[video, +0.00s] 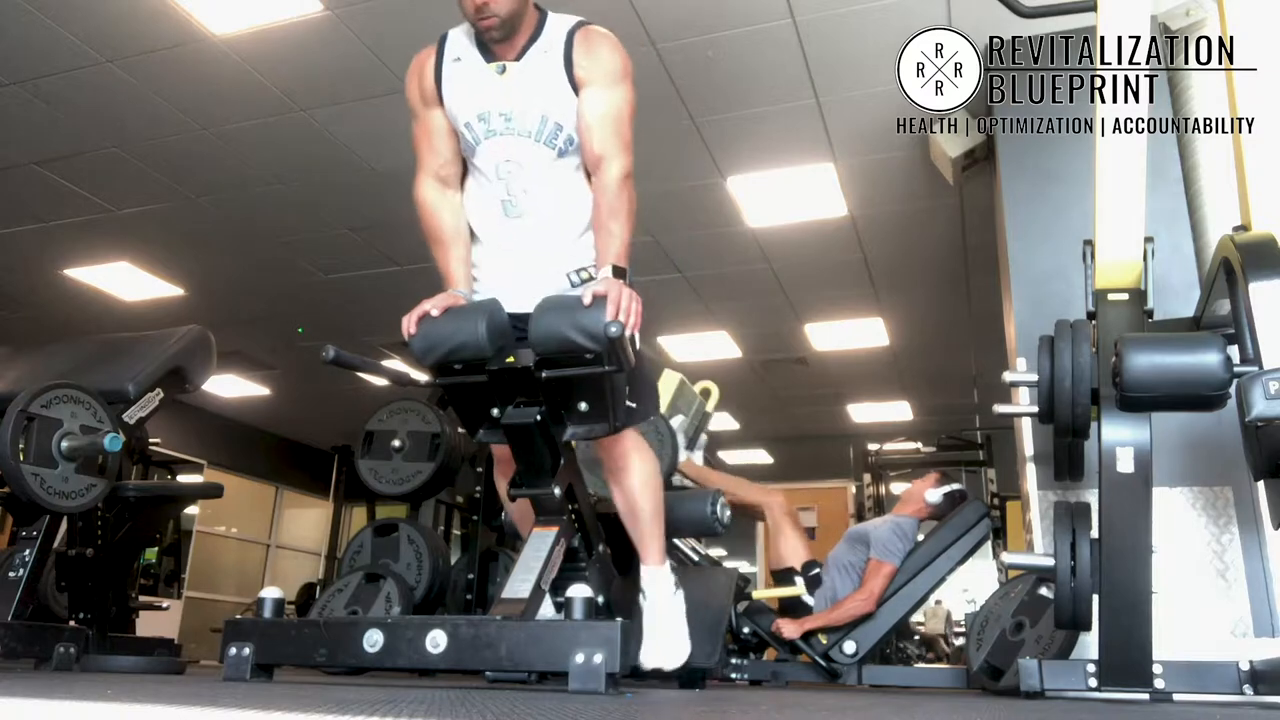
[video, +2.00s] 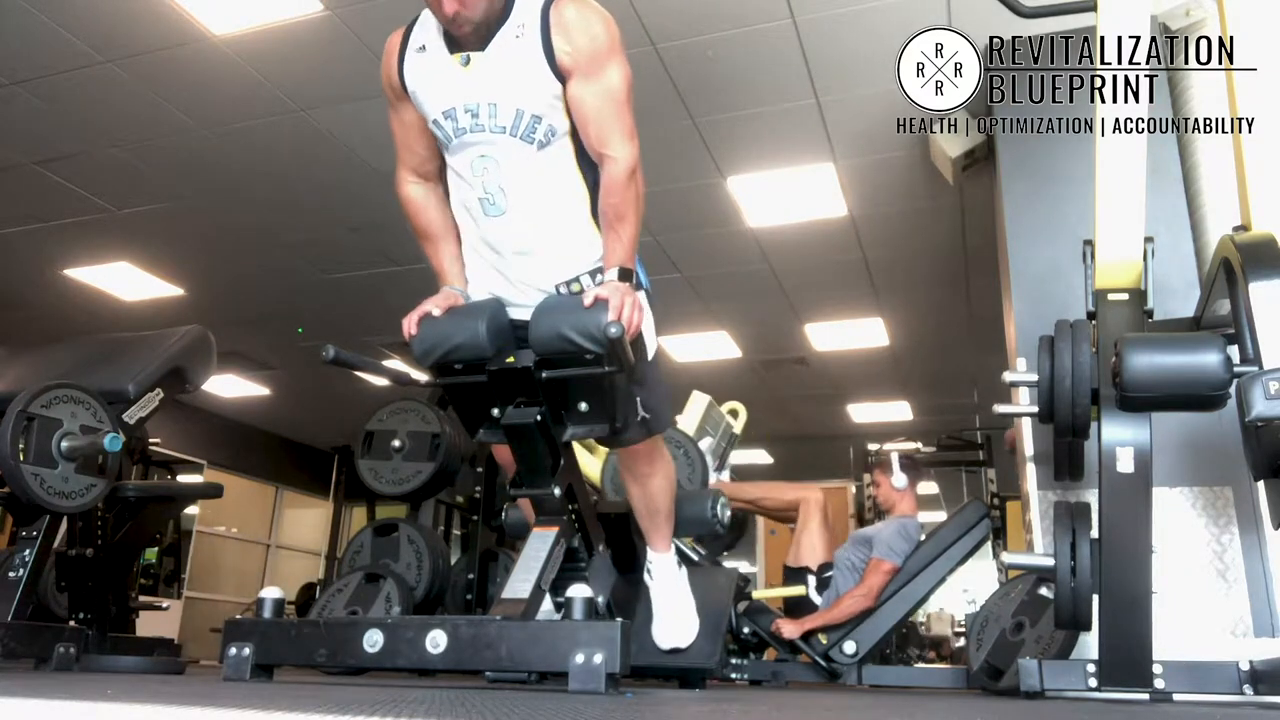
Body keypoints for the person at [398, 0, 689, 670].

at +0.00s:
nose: (480, 5)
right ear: (458, 1)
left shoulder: (591, 50)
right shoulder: (433, 68)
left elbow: (610, 166)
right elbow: (438, 180)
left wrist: (612, 270)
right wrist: (456, 283)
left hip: (582, 281)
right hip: (490, 292)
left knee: (615, 421)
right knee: (501, 439)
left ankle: (657, 583)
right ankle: (543, 551)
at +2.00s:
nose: (447, 5)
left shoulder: (573, 23)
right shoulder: (406, 52)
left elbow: (618, 158)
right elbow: (418, 176)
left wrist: (618, 274)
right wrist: (451, 283)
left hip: (587, 282)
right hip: (489, 296)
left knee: (634, 434)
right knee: (505, 442)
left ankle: (662, 566)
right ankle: (551, 545)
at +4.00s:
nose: (328, 181)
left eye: (342, 155)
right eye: (308, 164)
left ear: (391, 108)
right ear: (289, 142)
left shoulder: (490, 160)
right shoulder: (300, 206)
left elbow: (467, 348)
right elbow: (300, 374)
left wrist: (346, 280)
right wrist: (388, 277)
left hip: (577, 308)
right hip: (474, 329)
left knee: (628, 420)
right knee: (519, 443)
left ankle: (661, 562)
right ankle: (549, 526)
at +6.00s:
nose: (450, 6)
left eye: (457, 1)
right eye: (441, 5)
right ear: (431, 4)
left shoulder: (570, 16)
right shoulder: (413, 48)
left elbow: (486, 11)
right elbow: (340, 15)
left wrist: (412, 6)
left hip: (582, 277)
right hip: (477, 293)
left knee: (628, 422)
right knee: (514, 437)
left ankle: (659, 561)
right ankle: (545, 542)